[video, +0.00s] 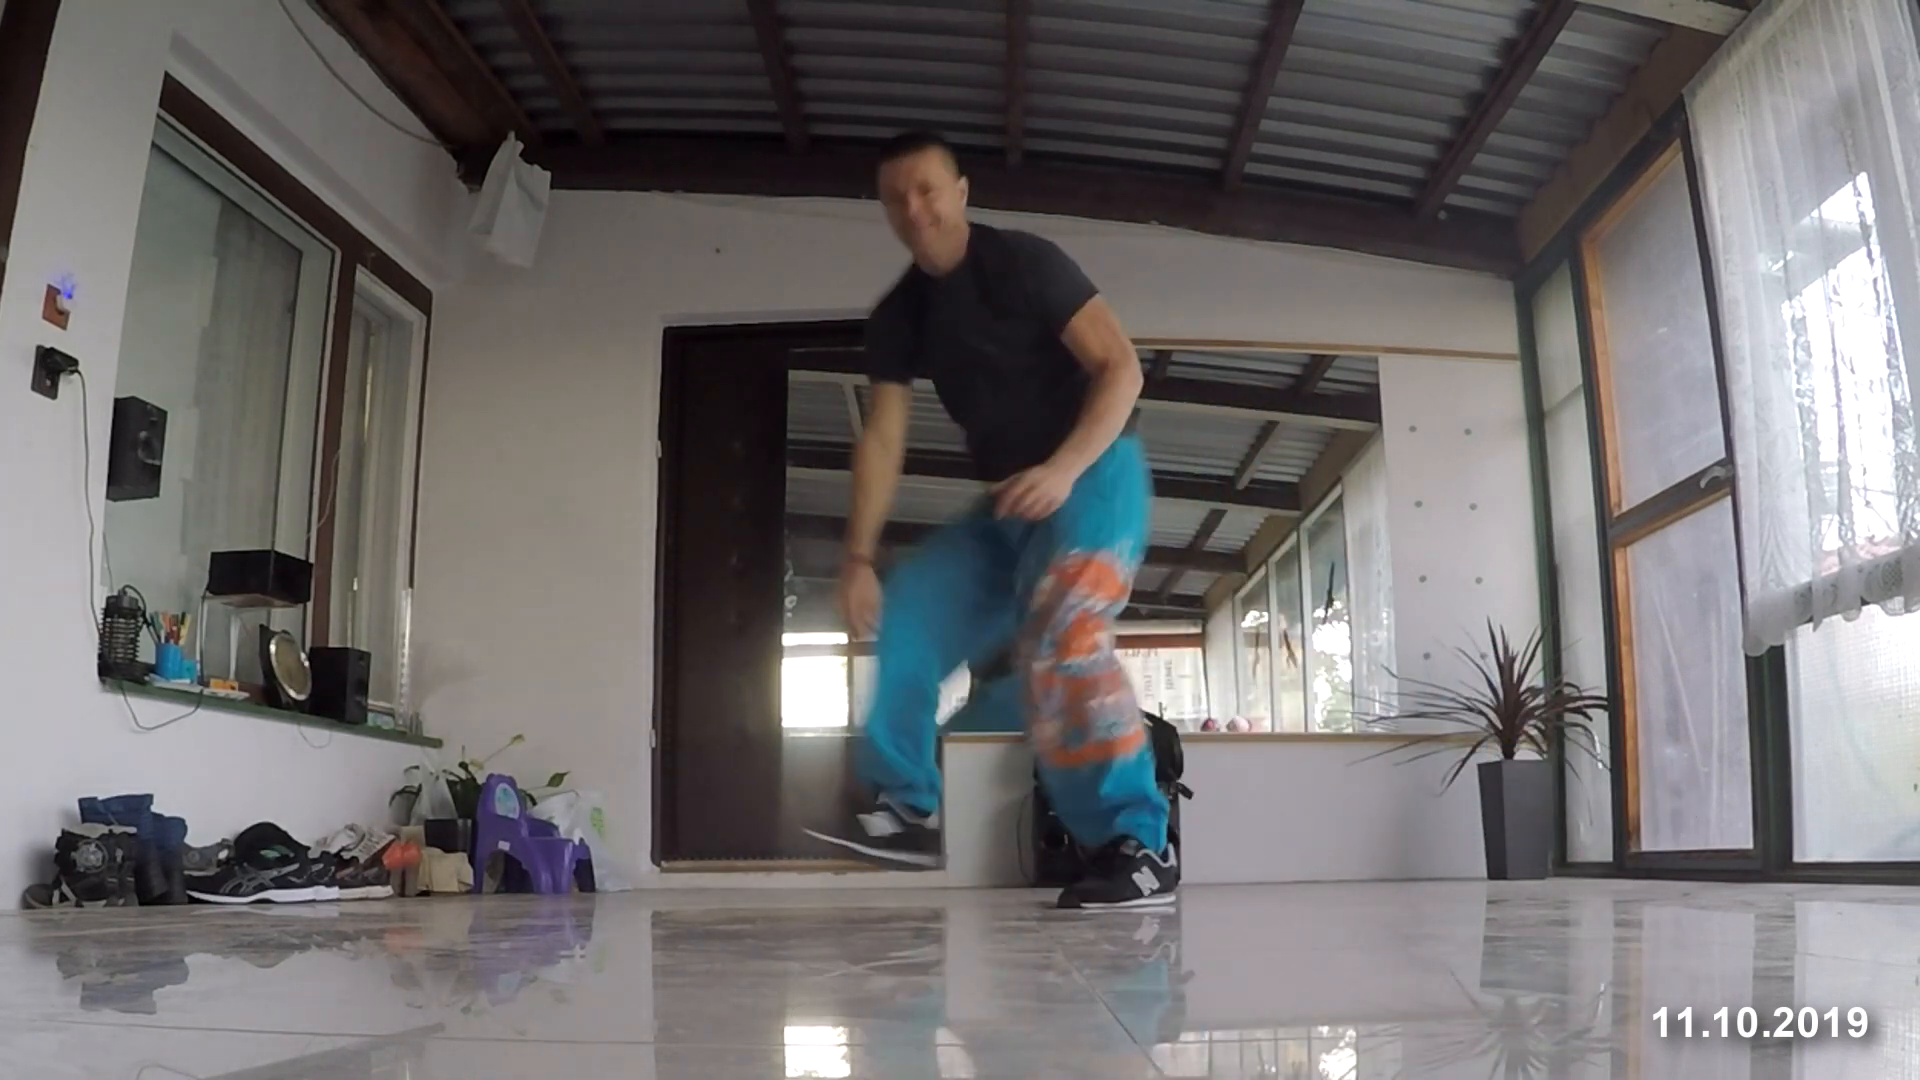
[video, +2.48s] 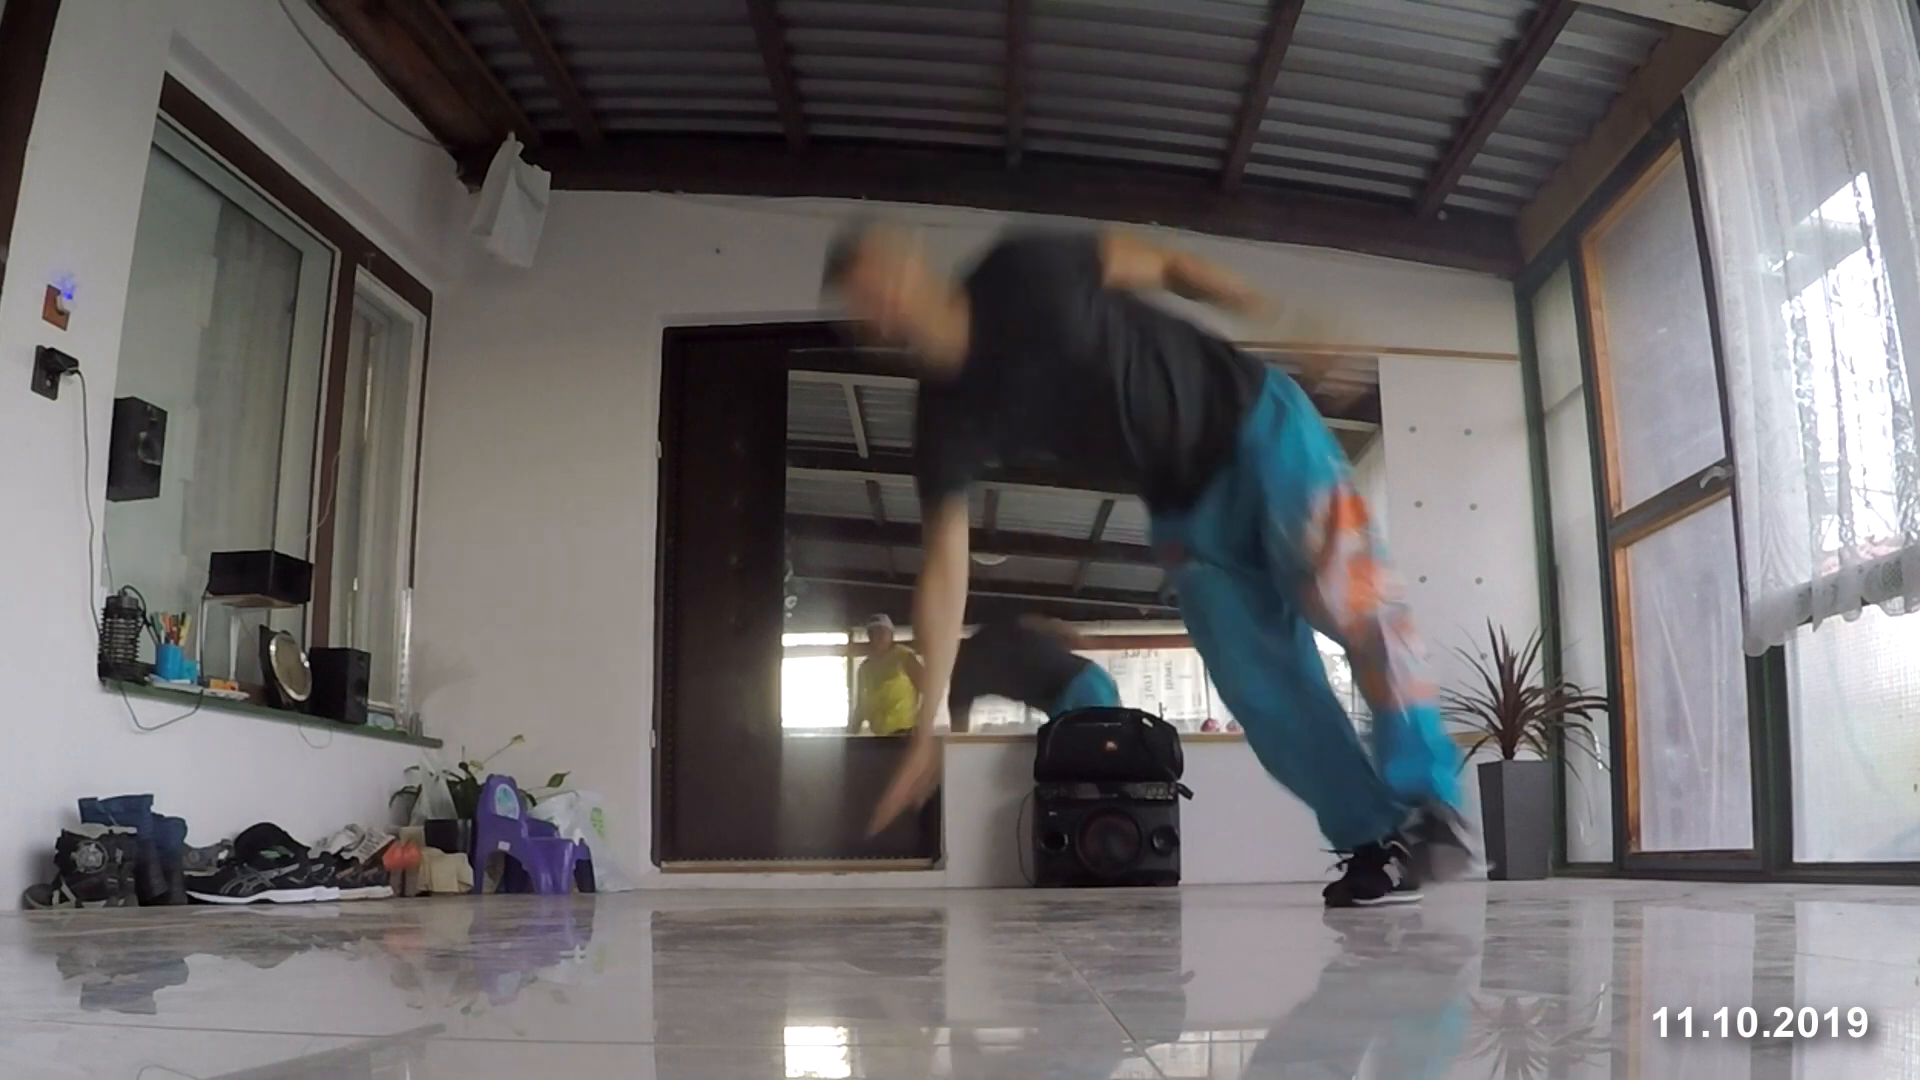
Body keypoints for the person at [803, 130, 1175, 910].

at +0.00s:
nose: (915, 210)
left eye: (928, 190)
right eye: (899, 200)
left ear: (961, 190)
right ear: (887, 214)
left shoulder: (1026, 262)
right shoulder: (900, 315)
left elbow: (1121, 370)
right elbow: (882, 436)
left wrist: (1064, 467)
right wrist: (859, 557)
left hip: (1095, 477)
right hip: (1007, 503)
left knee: (1063, 639)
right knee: (909, 602)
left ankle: (1136, 848)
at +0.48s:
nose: (955, 172)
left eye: (968, 168)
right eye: (943, 156)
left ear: (971, 194)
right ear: (907, 167)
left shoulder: (946, 295)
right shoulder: (844, 215)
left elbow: (947, 408)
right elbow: (722, 253)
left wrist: (1005, 437)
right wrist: (677, 351)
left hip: (861, 470)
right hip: (794, 447)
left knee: (867, 636)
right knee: (873, 631)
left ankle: (772, 779)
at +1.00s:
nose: (879, 200)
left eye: (892, 194)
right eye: (872, 178)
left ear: (893, 205)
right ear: (832, 163)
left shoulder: (836, 295)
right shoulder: (773, 199)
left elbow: (778, 395)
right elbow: (667, 252)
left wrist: (767, 497)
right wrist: (666, 372)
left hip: (740, 482)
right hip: (669, 432)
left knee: (707, 657)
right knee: (597, 584)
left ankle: (619, 822)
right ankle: (482, 755)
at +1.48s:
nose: (864, 28)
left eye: (876, 17)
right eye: (848, 10)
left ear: (884, 31)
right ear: (801, 16)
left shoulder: (896, 145)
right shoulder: (723, 105)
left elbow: (949, 259)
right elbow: (636, 208)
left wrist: (974, 298)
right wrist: (599, 327)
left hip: (826, 384)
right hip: (713, 362)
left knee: (833, 574)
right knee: (681, 534)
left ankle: (771, 784)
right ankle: (620, 729)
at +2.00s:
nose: (874, 129)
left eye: (885, 115)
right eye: (853, 126)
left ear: (915, 134)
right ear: (837, 166)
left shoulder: (1001, 169)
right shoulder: (862, 282)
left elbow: (1140, 172)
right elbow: (865, 419)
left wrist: (1262, 171)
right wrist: (916, 519)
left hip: (1082, 423)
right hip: (1001, 462)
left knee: (981, 590)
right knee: (971, 652)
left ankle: (973, 817)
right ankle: (1113, 846)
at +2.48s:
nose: (885, 317)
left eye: (884, 289)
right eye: (866, 314)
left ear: (917, 260)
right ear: (864, 331)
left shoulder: (1023, 266)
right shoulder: (947, 422)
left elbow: (1164, 263)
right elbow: (944, 574)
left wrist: (1251, 296)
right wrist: (928, 727)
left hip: (1256, 426)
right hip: (1185, 508)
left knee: (1355, 607)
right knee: (1261, 688)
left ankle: (1429, 809)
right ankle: (1373, 839)